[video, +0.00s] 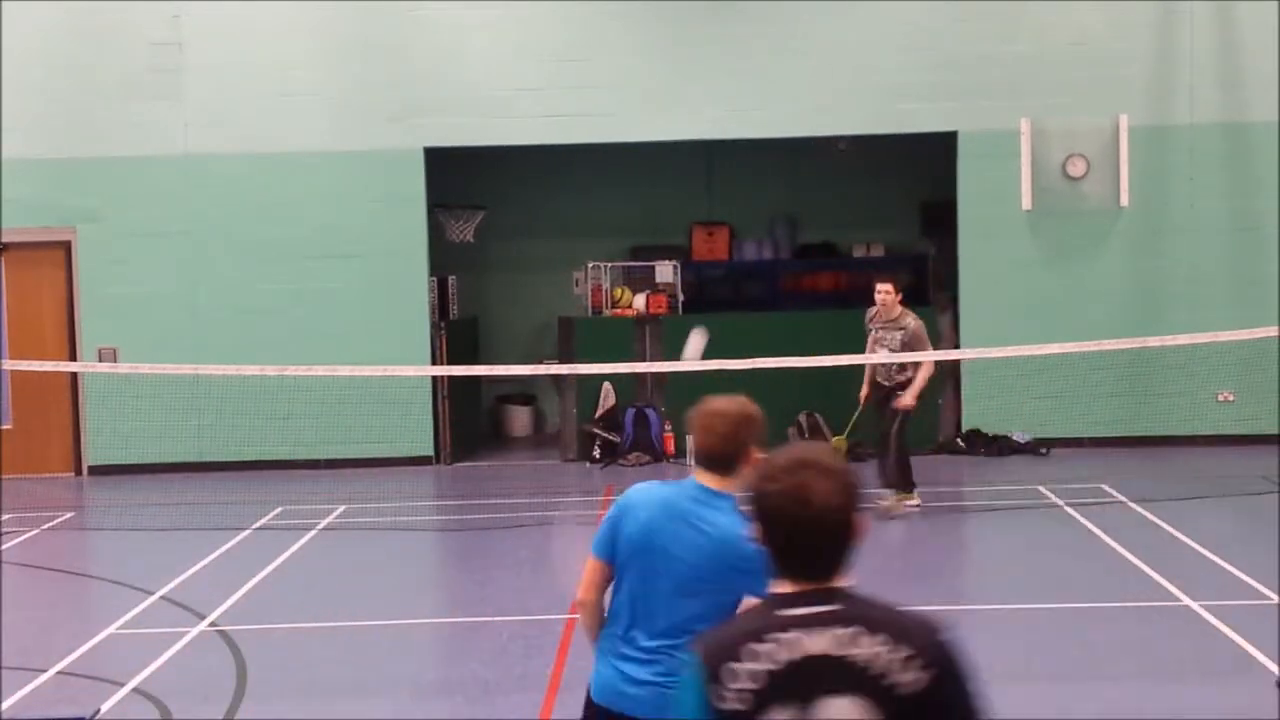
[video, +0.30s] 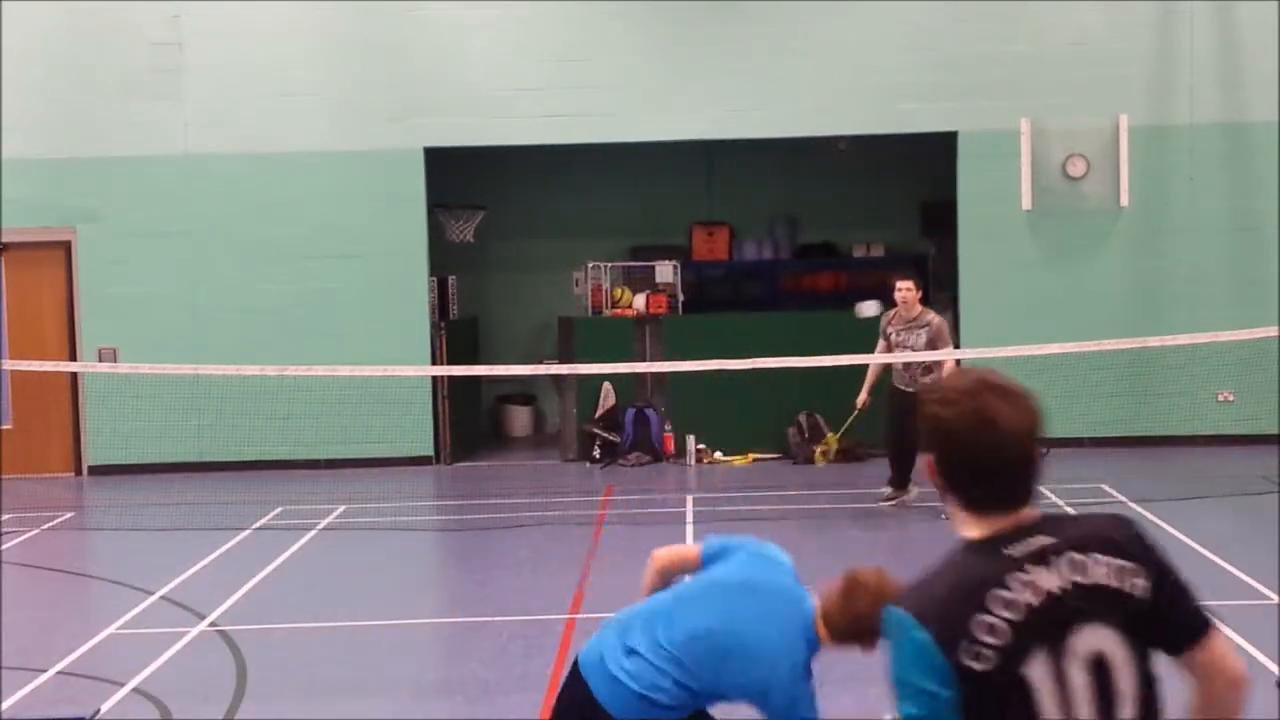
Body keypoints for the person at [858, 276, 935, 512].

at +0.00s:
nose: (881, 297)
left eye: (887, 293)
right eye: (878, 292)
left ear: (898, 297)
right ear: (874, 296)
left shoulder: (912, 325)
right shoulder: (872, 316)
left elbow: (928, 363)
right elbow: (871, 349)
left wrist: (911, 393)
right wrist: (866, 383)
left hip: (904, 386)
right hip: (880, 385)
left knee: (892, 434)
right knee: (887, 435)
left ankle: (899, 490)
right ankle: (905, 491)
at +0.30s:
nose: (902, 295)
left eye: (907, 290)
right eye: (898, 290)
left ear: (918, 294)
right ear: (894, 294)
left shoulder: (934, 323)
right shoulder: (889, 320)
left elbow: (949, 362)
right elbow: (880, 356)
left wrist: (948, 395)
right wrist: (865, 390)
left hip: (928, 390)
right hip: (899, 388)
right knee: (897, 435)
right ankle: (899, 484)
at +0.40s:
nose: (907, 290)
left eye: (912, 286)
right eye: (903, 286)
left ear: (922, 289)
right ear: (898, 290)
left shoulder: (939, 318)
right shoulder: (891, 317)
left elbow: (953, 358)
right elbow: (882, 354)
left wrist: (940, 389)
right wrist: (869, 388)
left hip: (933, 389)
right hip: (902, 388)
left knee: (938, 446)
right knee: (894, 443)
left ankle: (950, 501)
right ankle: (904, 484)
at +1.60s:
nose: (900, 282)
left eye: (904, 277)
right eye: (895, 278)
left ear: (913, 282)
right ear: (888, 285)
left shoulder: (930, 313)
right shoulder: (875, 317)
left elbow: (941, 354)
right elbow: (865, 354)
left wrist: (947, 393)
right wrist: (865, 383)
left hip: (926, 389)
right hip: (891, 391)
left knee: (934, 447)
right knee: (891, 449)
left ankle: (945, 496)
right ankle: (895, 509)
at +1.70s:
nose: (882, 298)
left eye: (887, 293)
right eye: (878, 293)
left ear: (898, 297)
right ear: (874, 296)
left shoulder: (912, 326)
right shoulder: (873, 316)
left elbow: (928, 362)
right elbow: (871, 349)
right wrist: (866, 383)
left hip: (903, 385)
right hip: (881, 384)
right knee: (887, 434)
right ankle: (898, 488)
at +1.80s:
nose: (888, 298)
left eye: (893, 292)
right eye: (885, 292)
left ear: (905, 295)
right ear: (880, 295)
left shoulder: (919, 324)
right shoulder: (877, 316)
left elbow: (935, 360)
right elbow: (874, 346)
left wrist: (933, 394)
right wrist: (864, 380)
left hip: (914, 388)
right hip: (889, 386)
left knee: (914, 441)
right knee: (891, 439)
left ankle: (932, 488)